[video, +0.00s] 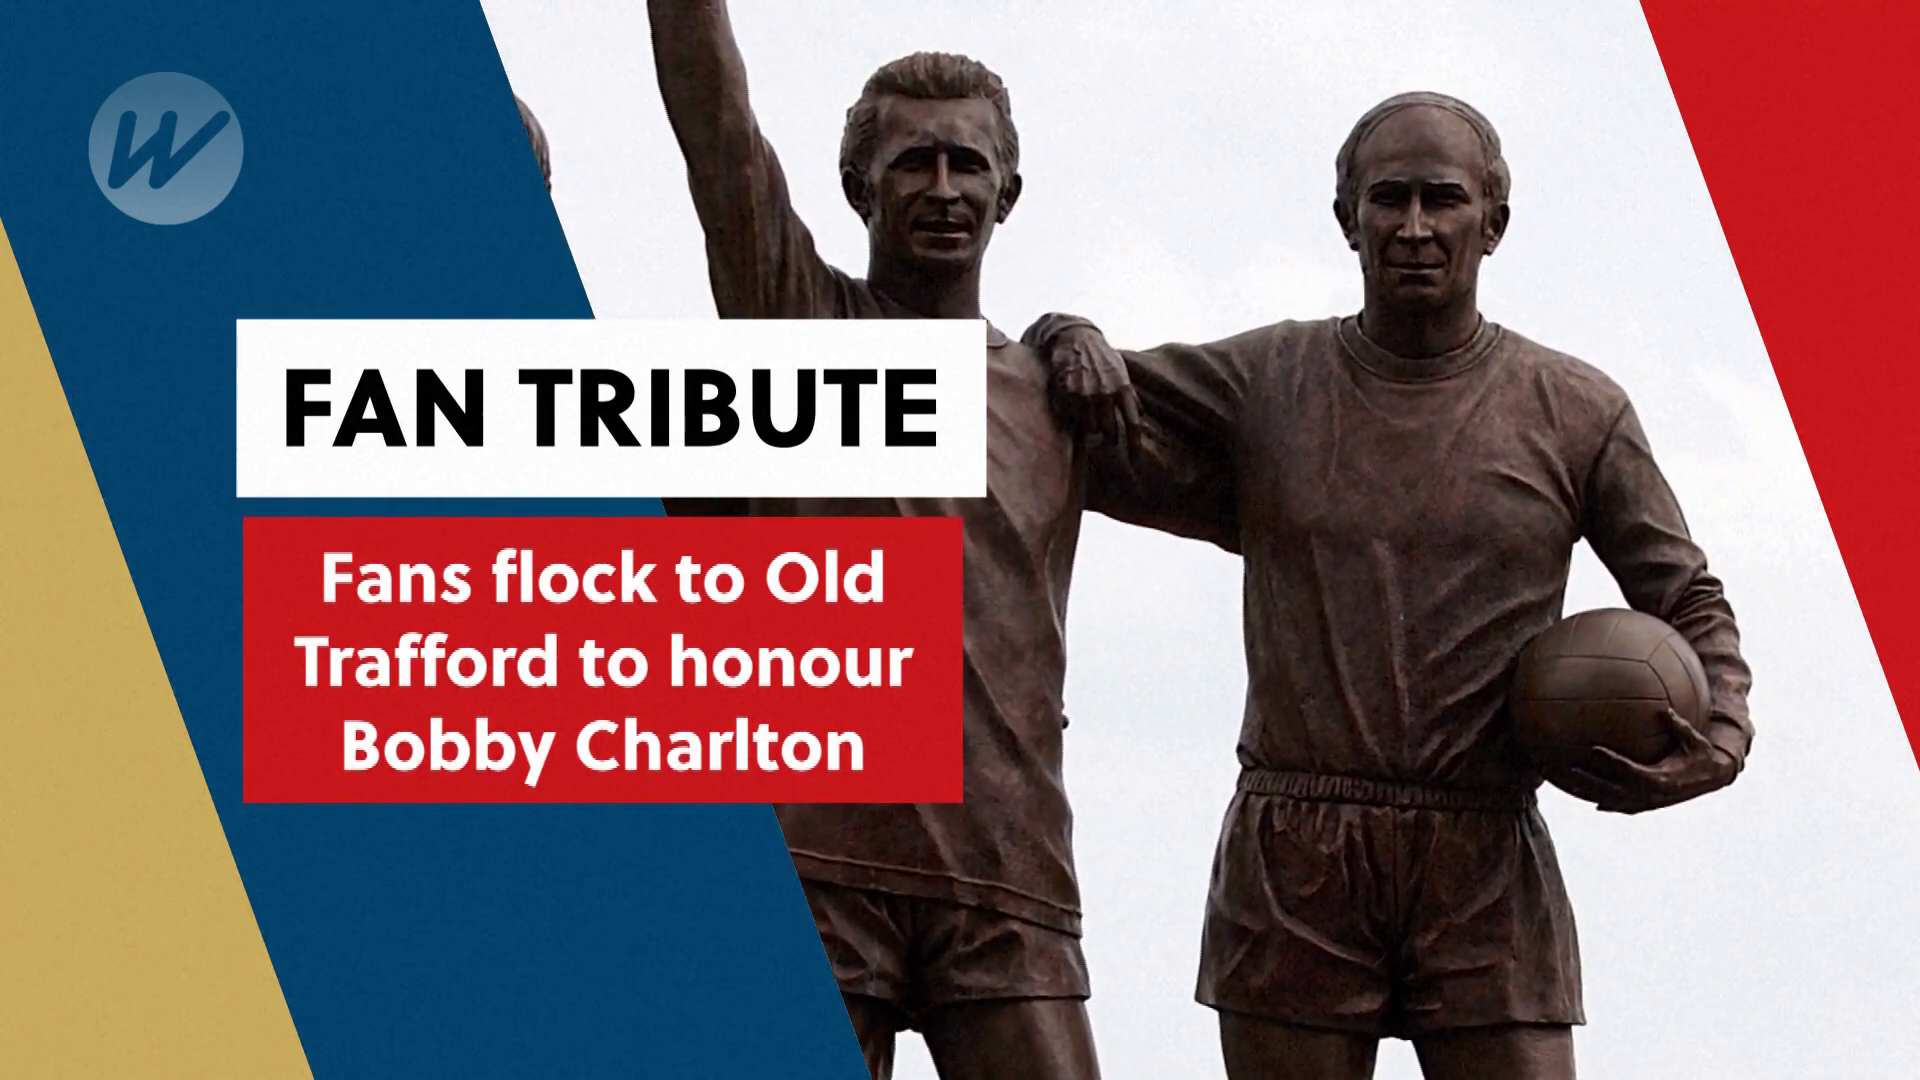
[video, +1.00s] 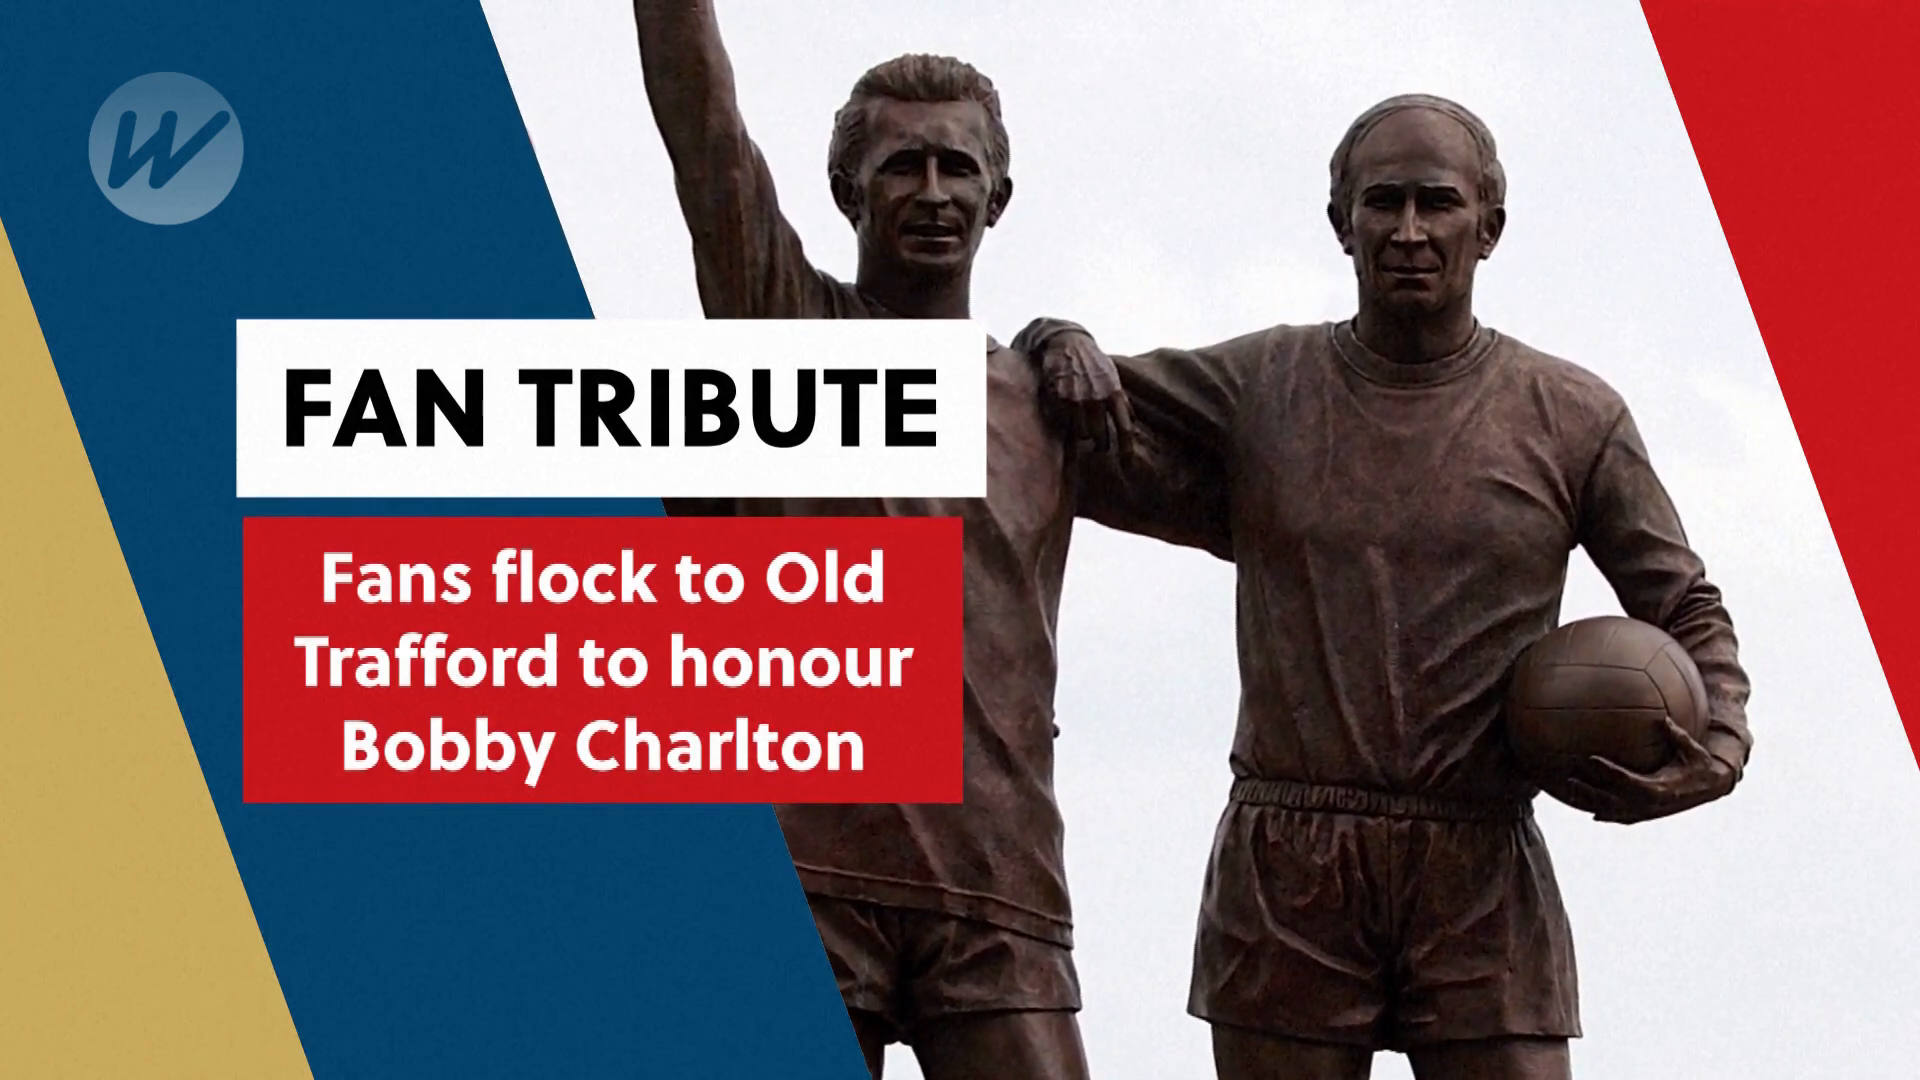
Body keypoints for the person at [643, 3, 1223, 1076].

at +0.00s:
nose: (944, 185)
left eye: (968, 162)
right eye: (913, 162)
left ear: (1006, 192)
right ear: (860, 187)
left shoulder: (1060, 397)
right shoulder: (794, 325)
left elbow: (1269, 496)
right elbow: (714, 127)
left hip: (1007, 871)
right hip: (813, 870)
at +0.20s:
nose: (943, 187)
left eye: (967, 163)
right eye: (912, 163)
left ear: (1005, 193)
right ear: (858, 189)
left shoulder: (1060, 403)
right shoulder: (792, 326)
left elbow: (1265, 502)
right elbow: (711, 125)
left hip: (1005, 879)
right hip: (812, 876)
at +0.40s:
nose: (940, 188)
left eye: (965, 164)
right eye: (908, 163)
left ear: (1003, 194)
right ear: (856, 190)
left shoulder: (1054, 400)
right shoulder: (789, 326)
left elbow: (1262, 503)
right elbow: (708, 128)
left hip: (1003, 877)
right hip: (809, 876)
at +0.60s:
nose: (938, 189)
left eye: (963, 165)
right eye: (906, 164)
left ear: (1000, 194)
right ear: (853, 189)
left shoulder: (1052, 400)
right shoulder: (787, 327)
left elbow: (1260, 505)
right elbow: (705, 128)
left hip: (1001, 883)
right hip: (808, 881)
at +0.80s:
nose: (936, 189)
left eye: (961, 165)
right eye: (904, 164)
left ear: (999, 195)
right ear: (851, 189)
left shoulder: (1050, 399)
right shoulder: (785, 329)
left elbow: (1256, 505)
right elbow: (704, 132)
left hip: (1000, 884)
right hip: (807, 882)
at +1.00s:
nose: (933, 189)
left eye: (958, 166)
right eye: (902, 165)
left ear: (997, 197)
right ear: (849, 192)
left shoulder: (1049, 402)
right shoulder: (781, 330)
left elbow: (1255, 507)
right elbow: (701, 130)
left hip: (999, 890)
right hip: (805, 885)